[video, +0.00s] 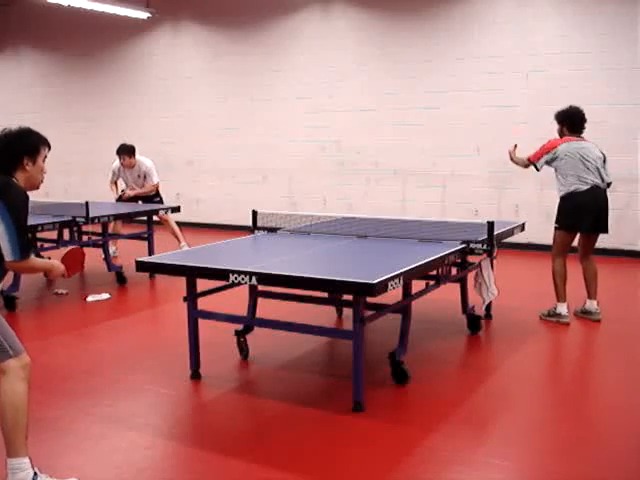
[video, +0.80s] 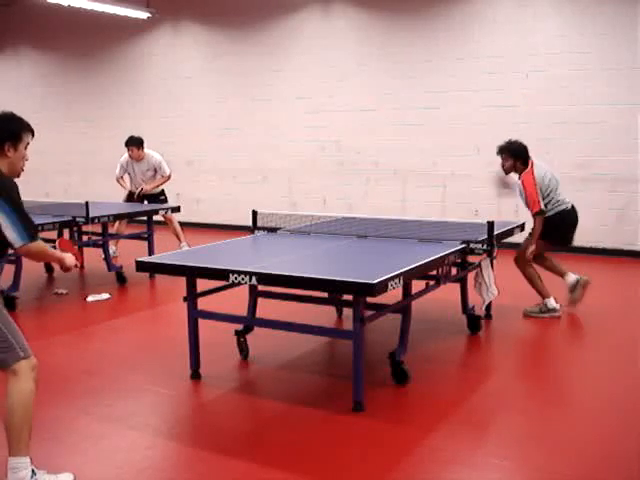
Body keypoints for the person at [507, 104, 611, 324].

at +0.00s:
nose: (557, 129)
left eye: (558, 126)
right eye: (557, 126)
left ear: (564, 127)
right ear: (581, 127)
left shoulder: (556, 145)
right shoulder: (595, 149)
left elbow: (527, 162)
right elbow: (605, 182)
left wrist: (513, 157)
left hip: (572, 201)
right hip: (598, 201)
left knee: (559, 254)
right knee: (586, 254)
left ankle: (561, 308)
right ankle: (592, 304)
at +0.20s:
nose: (556, 122)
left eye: (557, 119)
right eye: (557, 119)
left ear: (562, 122)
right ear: (581, 123)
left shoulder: (555, 141)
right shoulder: (593, 145)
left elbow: (532, 166)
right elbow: (603, 175)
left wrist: (515, 187)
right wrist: (584, 183)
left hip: (567, 196)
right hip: (594, 196)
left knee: (560, 253)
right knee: (588, 252)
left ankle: (561, 307)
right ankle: (592, 304)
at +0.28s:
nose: (553, 123)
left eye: (555, 120)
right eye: (555, 119)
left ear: (559, 122)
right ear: (578, 123)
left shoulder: (552, 141)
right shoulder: (590, 145)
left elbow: (536, 169)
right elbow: (603, 170)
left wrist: (525, 196)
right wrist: (588, 185)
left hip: (565, 196)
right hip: (592, 196)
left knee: (560, 253)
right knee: (588, 253)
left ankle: (561, 307)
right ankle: (593, 304)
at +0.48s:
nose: (541, 133)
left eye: (543, 130)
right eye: (542, 130)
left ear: (547, 132)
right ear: (565, 131)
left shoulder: (542, 150)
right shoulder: (579, 144)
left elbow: (548, 172)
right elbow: (596, 155)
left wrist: (555, 194)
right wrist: (608, 183)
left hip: (565, 197)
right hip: (589, 196)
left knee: (552, 252)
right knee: (585, 252)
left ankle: (560, 306)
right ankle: (592, 304)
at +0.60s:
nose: (522, 146)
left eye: (523, 142)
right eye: (522, 142)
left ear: (530, 143)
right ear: (544, 141)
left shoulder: (534, 160)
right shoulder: (564, 150)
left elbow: (548, 183)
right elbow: (588, 166)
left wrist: (556, 211)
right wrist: (609, 162)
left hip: (565, 202)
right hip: (587, 198)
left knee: (538, 251)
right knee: (579, 255)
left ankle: (554, 303)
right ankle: (591, 303)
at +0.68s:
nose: (508, 154)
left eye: (510, 150)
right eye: (509, 149)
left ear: (521, 151)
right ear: (529, 148)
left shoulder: (531, 168)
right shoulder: (548, 155)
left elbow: (546, 199)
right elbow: (571, 162)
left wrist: (546, 228)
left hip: (561, 211)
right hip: (581, 205)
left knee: (530, 254)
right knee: (570, 259)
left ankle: (550, 302)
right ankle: (589, 301)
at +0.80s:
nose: (502, 164)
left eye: (505, 160)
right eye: (502, 160)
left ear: (517, 161)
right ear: (520, 160)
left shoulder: (527, 179)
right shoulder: (533, 167)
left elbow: (539, 215)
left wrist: (531, 244)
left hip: (555, 218)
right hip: (567, 214)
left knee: (521, 260)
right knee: (536, 256)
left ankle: (549, 303)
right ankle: (572, 280)